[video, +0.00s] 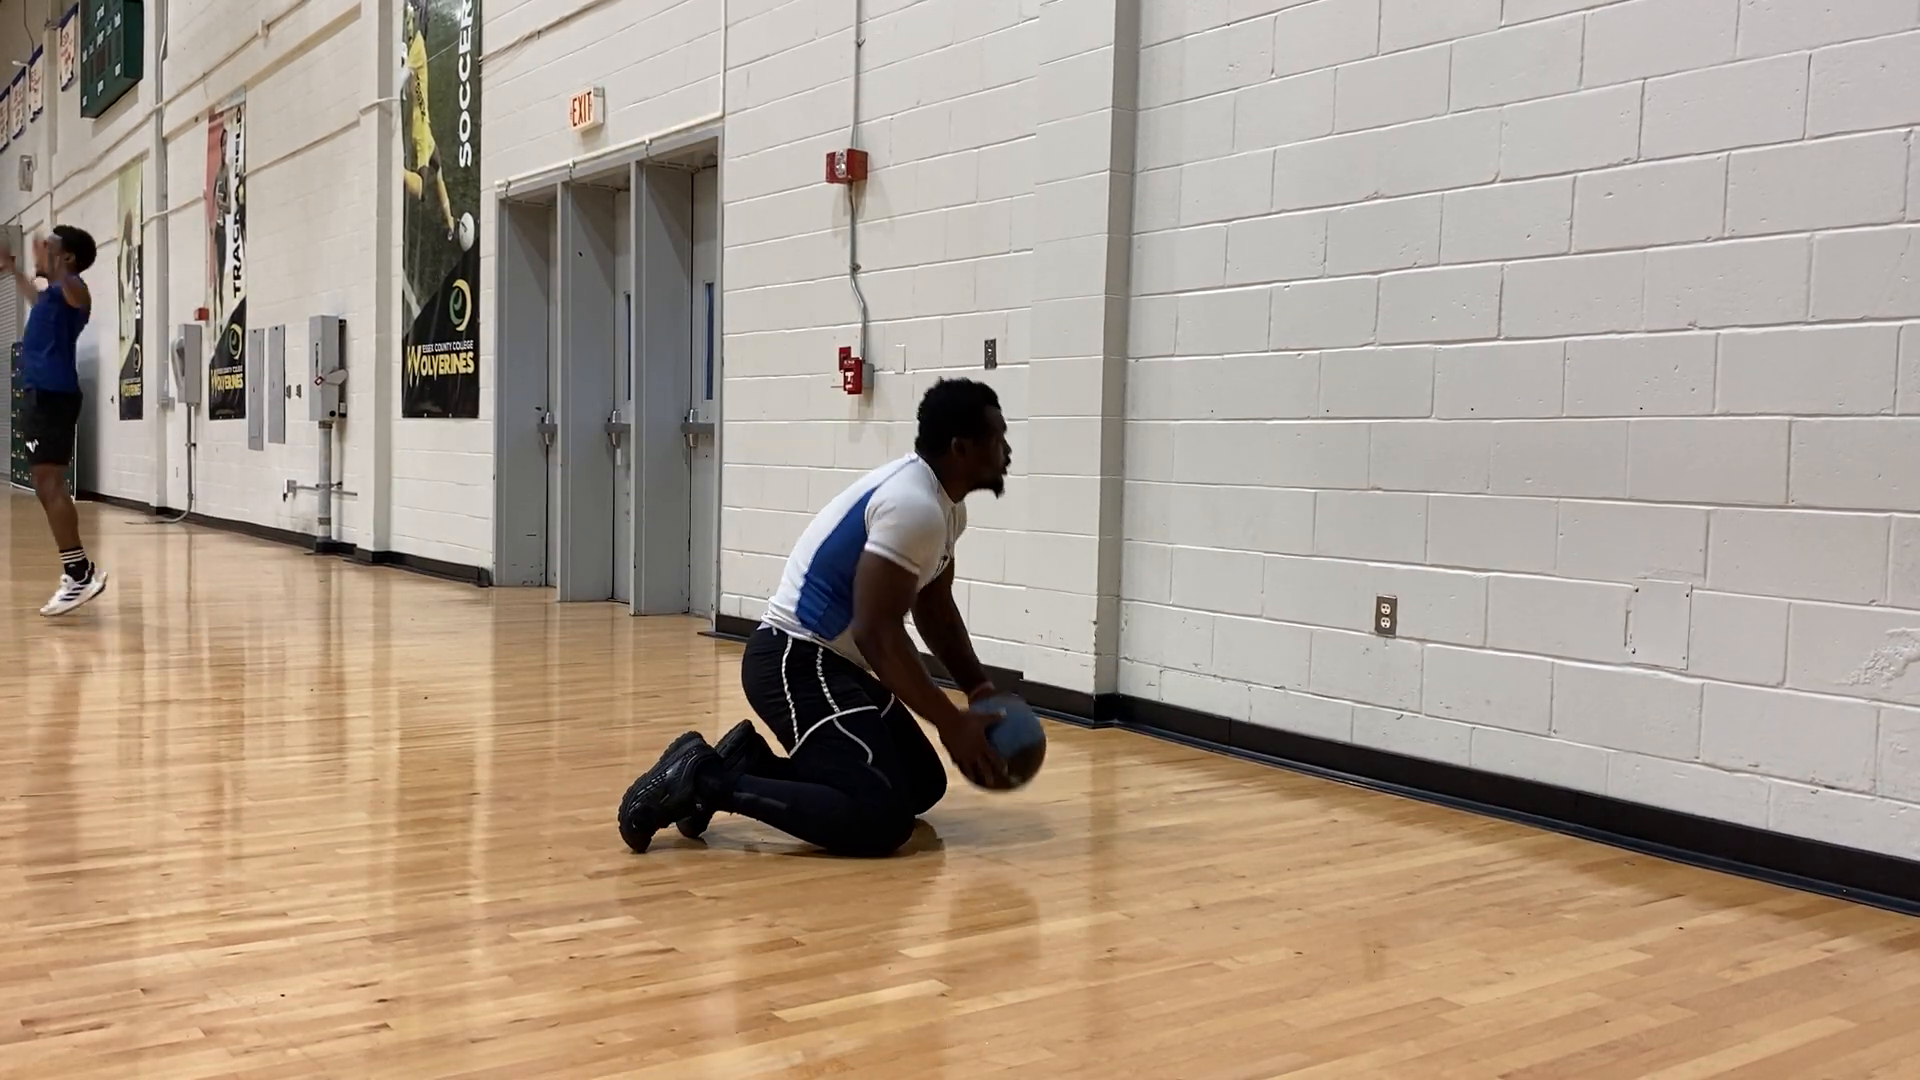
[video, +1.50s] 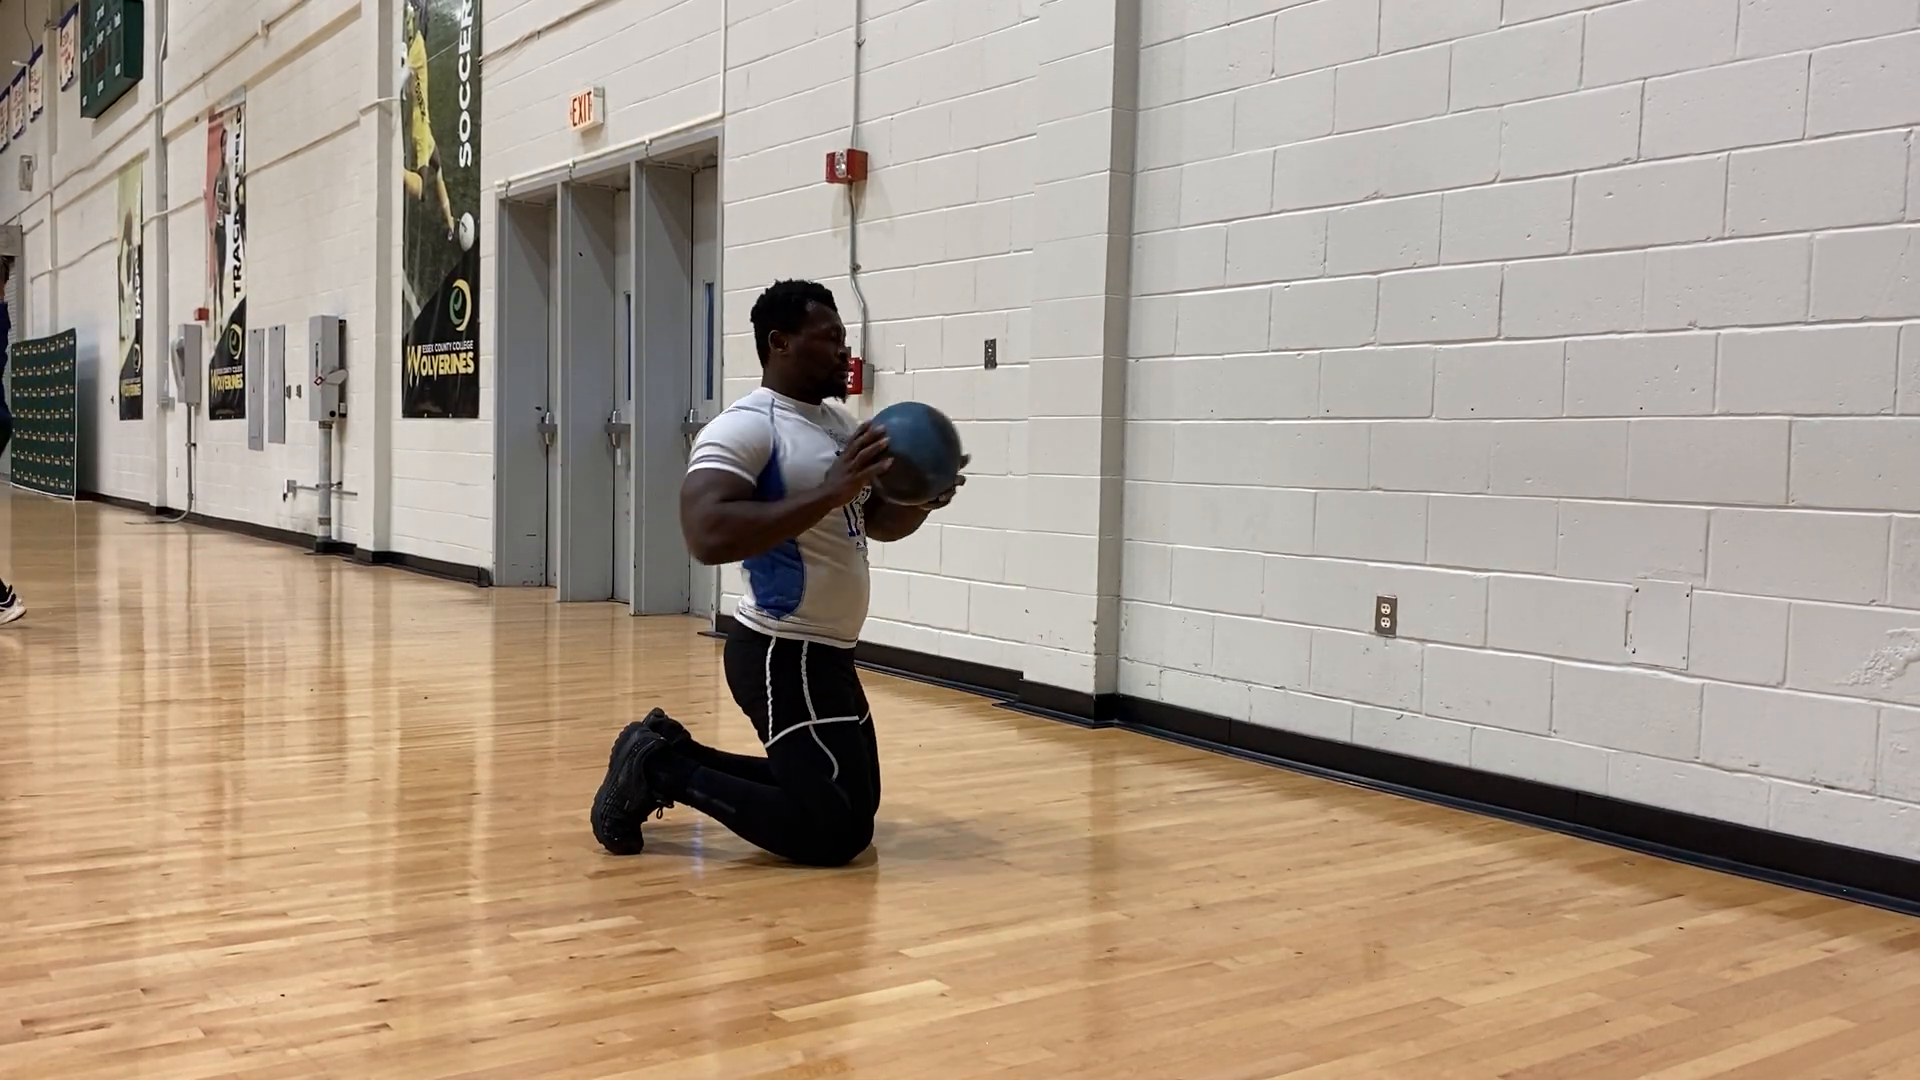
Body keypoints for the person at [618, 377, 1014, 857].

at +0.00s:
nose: (1009, 448)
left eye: (1005, 435)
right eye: (999, 436)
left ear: (957, 447)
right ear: (962, 447)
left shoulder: (943, 505)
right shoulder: (914, 503)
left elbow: (934, 605)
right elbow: (876, 632)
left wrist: (979, 691)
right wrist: (950, 723)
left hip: (832, 661)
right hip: (793, 659)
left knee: (919, 783)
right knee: (879, 823)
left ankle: (754, 765)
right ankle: (706, 782)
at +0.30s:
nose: (977, 386)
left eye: (972, 374)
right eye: (967, 374)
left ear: (929, 388)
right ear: (933, 386)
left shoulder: (927, 454)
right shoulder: (892, 432)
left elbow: (896, 559)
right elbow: (822, 524)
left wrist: (960, 612)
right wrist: (929, 573)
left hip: (862, 650)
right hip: (827, 645)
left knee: (926, 785)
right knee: (877, 820)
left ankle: (765, 765)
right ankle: (699, 779)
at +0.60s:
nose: (949, 361)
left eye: (941, 348)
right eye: (936, 352)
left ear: (902, 378)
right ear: (904, 375)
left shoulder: (912, 446)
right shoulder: (863, 436)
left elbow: (897, 560)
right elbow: (821, 543)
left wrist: (961, 571)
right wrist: (928, 537)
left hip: (871, 651)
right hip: (829, 643)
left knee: (925, 788)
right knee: (844, 823)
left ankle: (769, 760)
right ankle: (673, 762)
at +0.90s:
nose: (884, 372)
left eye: (878, 359)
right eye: (867, 366)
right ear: (820, 389)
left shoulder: (883, 428)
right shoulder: (786, 454)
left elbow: (901, 508)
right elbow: (731, 554)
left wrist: (942, 516)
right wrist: (852, 527)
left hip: (862, 659)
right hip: (802, 656)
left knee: (909, 790)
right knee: (841, 830)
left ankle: (743, 762)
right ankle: (674, 767)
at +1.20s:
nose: (839, 347)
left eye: (842, 333)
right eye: (819, 337)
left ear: (848, 336)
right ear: (774, 351)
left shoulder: (875, 414)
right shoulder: (731, 432)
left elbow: (945, 499)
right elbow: (655, 532)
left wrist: (900, 498)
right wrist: (743, 521)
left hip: (846, 650)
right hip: (789, 650)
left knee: (855, 808)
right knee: (832, 833)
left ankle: (682, 760)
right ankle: (663, 769)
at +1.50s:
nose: (844, 346)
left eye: (842, 334)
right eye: (828, 335)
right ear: (778, 345)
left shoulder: (839, 423)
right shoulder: (742, 425)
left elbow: (880, 522)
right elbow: (708, 534)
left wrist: (919, 494)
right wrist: (828, 494)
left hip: (825, 648)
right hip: (783, 649)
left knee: (848, 804)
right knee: (834, 832)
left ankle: (679, 755)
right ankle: (662, 769)